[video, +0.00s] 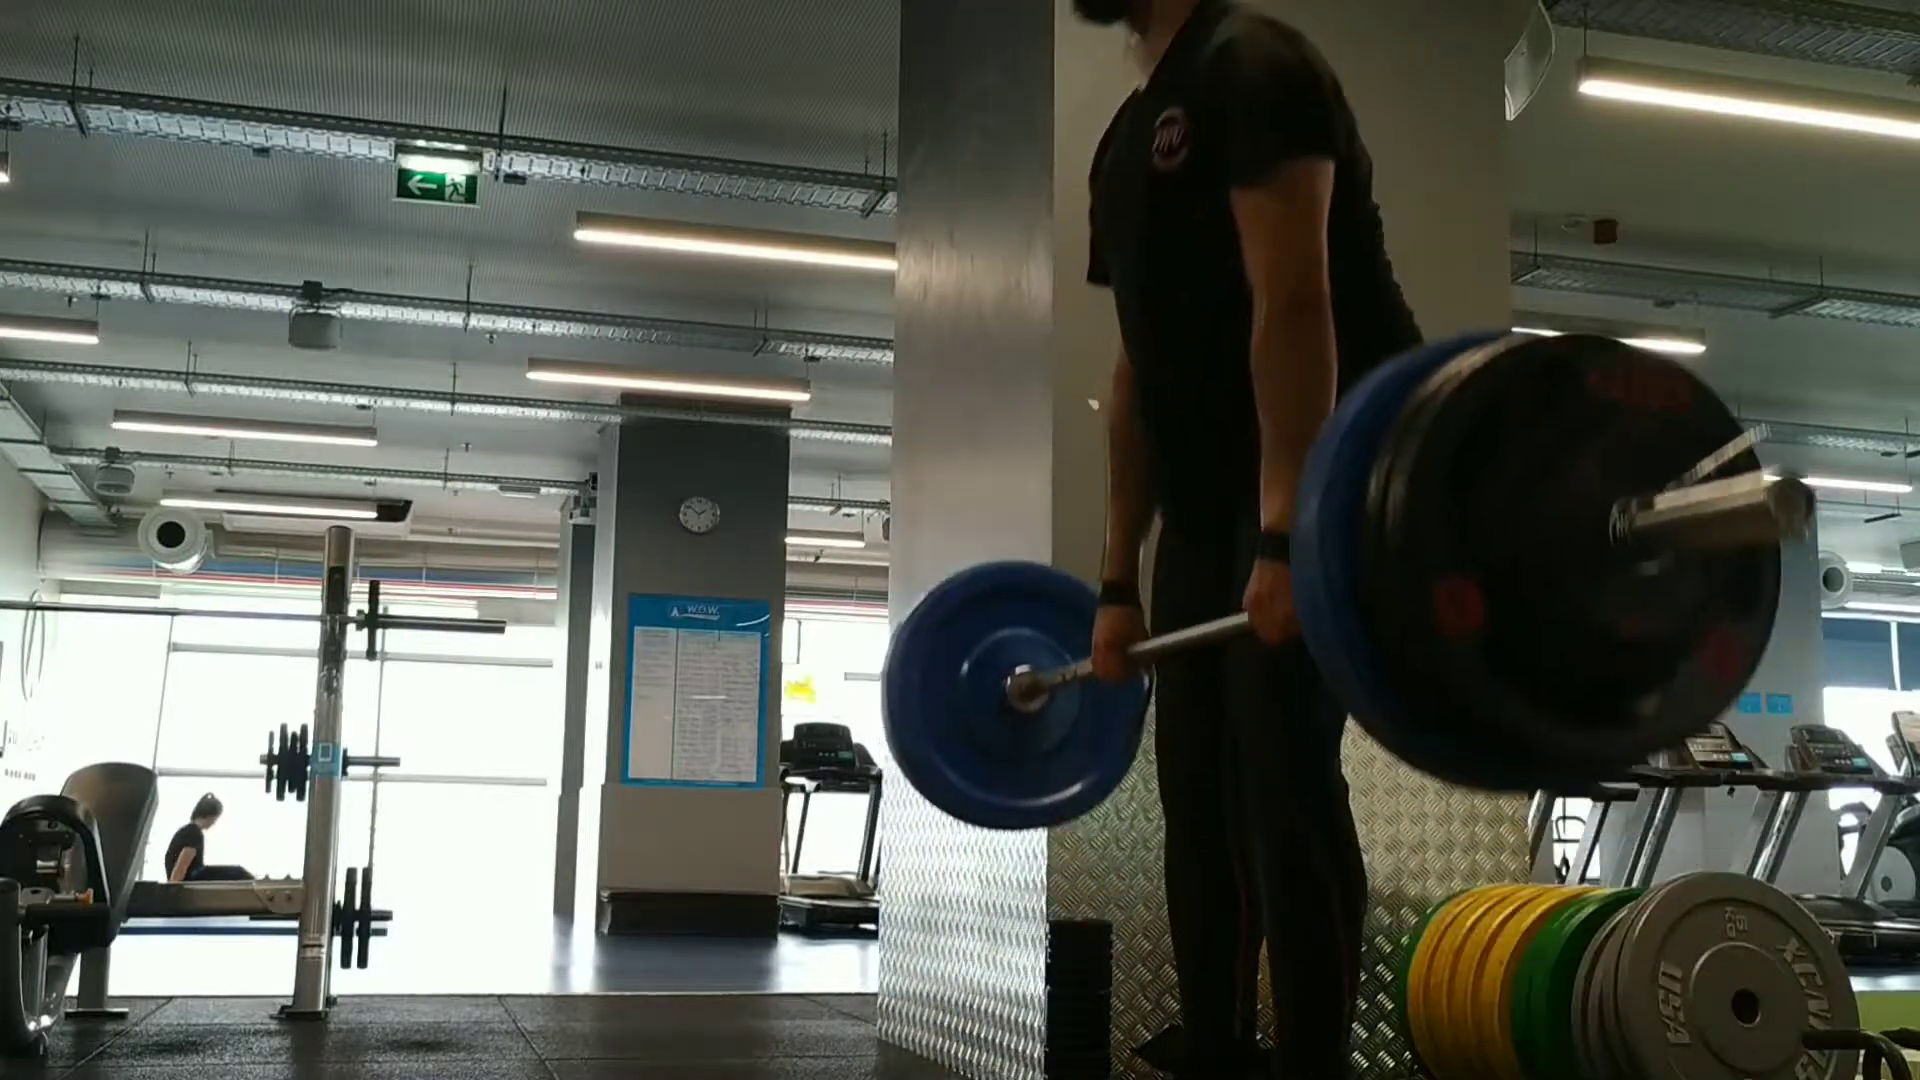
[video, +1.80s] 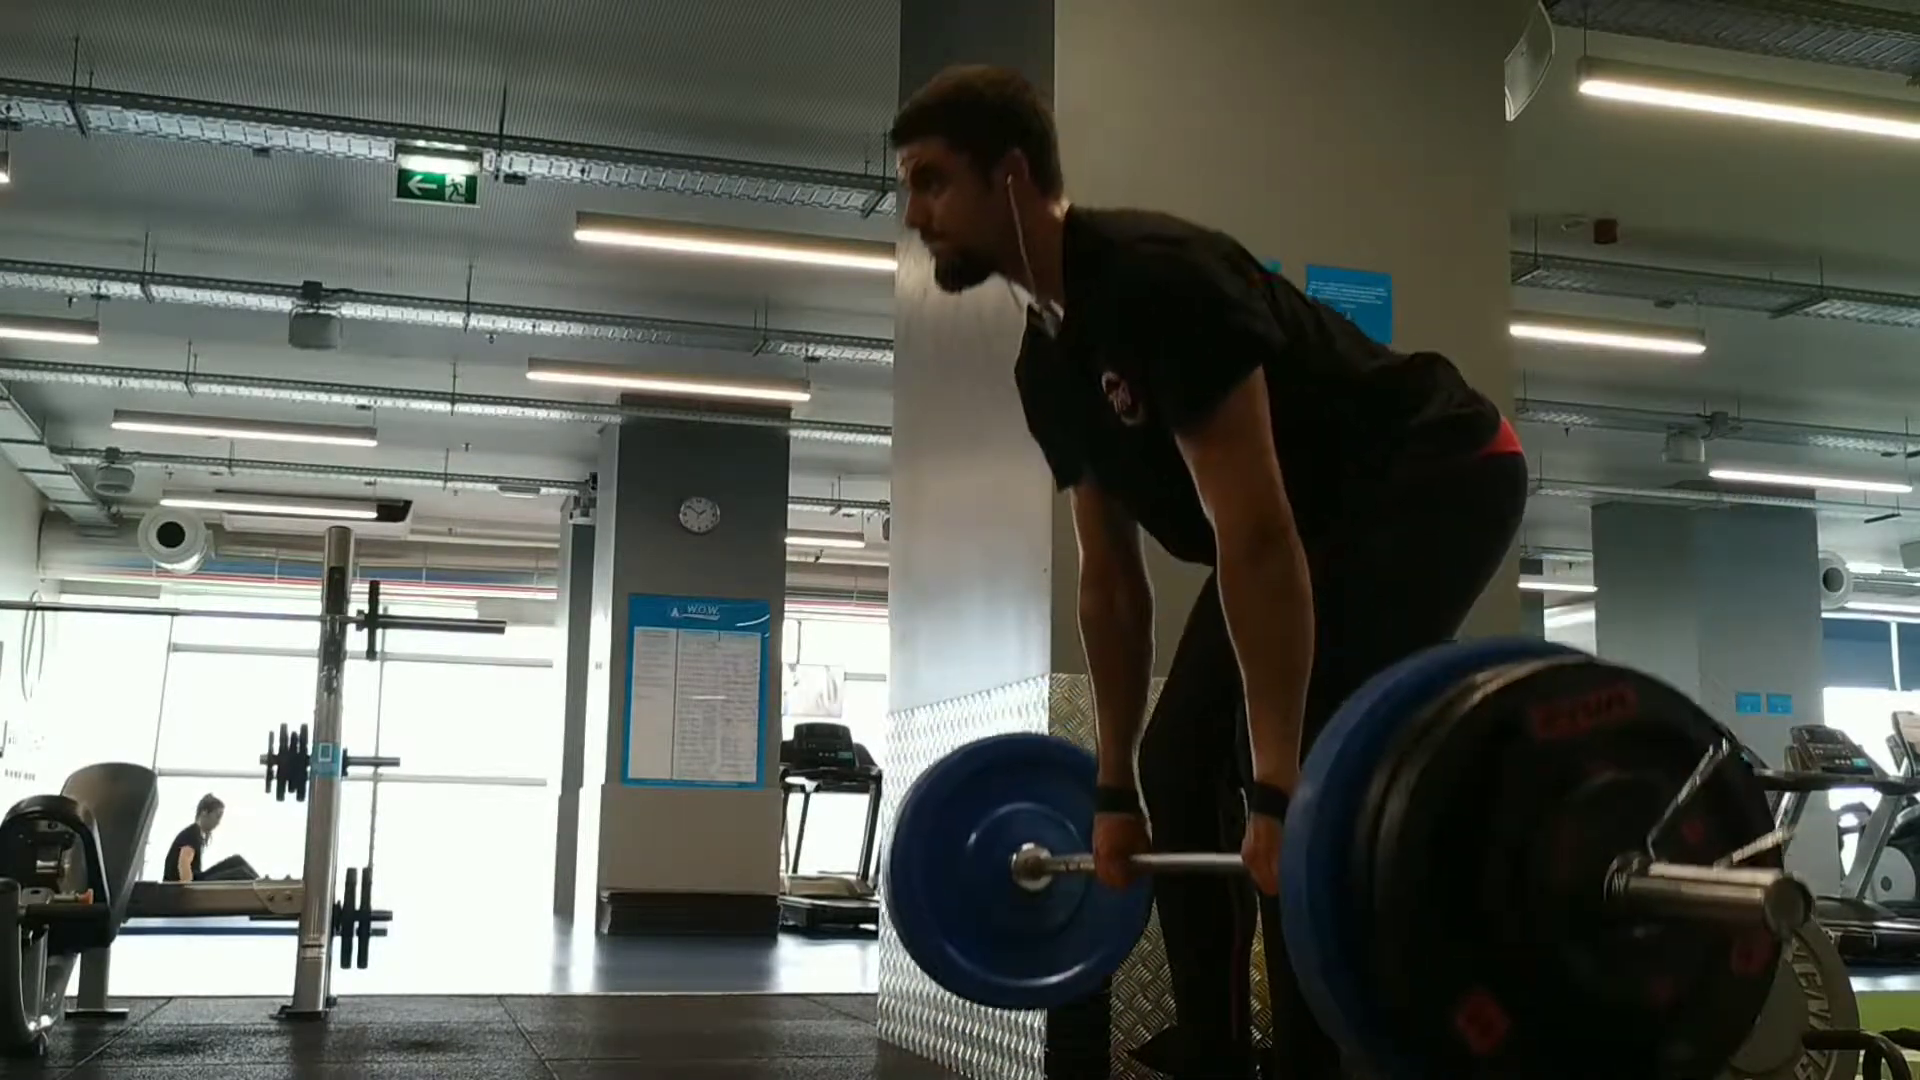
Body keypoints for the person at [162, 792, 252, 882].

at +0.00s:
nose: (215, 822)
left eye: (216, 819)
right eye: (215, 818)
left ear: (198, 811)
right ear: (210, 816)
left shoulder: (188, 831)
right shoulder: (194, 833)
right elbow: (181, 867)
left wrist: (170, 891)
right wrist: (171, 892)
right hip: (191, 878)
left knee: (237, 871)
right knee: (238, 871)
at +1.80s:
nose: (219, 821)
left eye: (220, 817)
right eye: (217, 816)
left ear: (204, 813)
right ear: (204, 813)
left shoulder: (197, 834)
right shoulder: (193, 834)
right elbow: (184, 863)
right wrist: (188, 890)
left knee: (236, 861)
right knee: (240, 873)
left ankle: (264, 886)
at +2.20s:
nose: (222, 822)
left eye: (223, 818)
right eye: (219, 817)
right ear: (206, 814)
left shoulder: (200, 836)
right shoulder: (196, 836)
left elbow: (196, 870)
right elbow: (194, 870)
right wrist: (202, 895)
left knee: (236, 861)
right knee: (242, 871)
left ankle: (261, 885)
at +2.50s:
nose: (224, 823)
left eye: (226, 819)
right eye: (221, 818)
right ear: (209, 816)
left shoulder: (204, 838)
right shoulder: (199, 838)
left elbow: (200, 870)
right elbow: (197, 872)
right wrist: (208, 896)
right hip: (183, 886)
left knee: (236, 861)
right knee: (241, 871)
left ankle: (261, 886)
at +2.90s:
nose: (219, 824)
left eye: (223, 820)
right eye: (216, 818)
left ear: (227, 822)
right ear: (207, 815)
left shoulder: (205, 838)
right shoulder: (197, 838)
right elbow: (179, 872)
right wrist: (195, 891)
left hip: (198, 877)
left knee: (236, 861)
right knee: (241, 871)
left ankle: (261, 886)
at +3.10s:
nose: (213, 823)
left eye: (218, 820)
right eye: (211, 817)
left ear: (222, 822)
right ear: (203, 814)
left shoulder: (209, 841)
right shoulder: (191, 837)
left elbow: (203, 867)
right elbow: (165, 866)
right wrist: (165, 890)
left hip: (203, 877)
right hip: (190, 883)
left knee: (236, 862)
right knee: (241, 872)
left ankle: (260, 885)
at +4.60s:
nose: (211, 819)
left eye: (214, 816)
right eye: (208, 814)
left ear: (215, 818)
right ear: (198, 813)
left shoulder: (197, 836)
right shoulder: (184, 837)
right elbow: (162, 866)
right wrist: (149, 888)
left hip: (194, 880)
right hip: (184, 886)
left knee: (236, 861)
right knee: (240, 872)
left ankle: (259, 885)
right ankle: (260, 890)